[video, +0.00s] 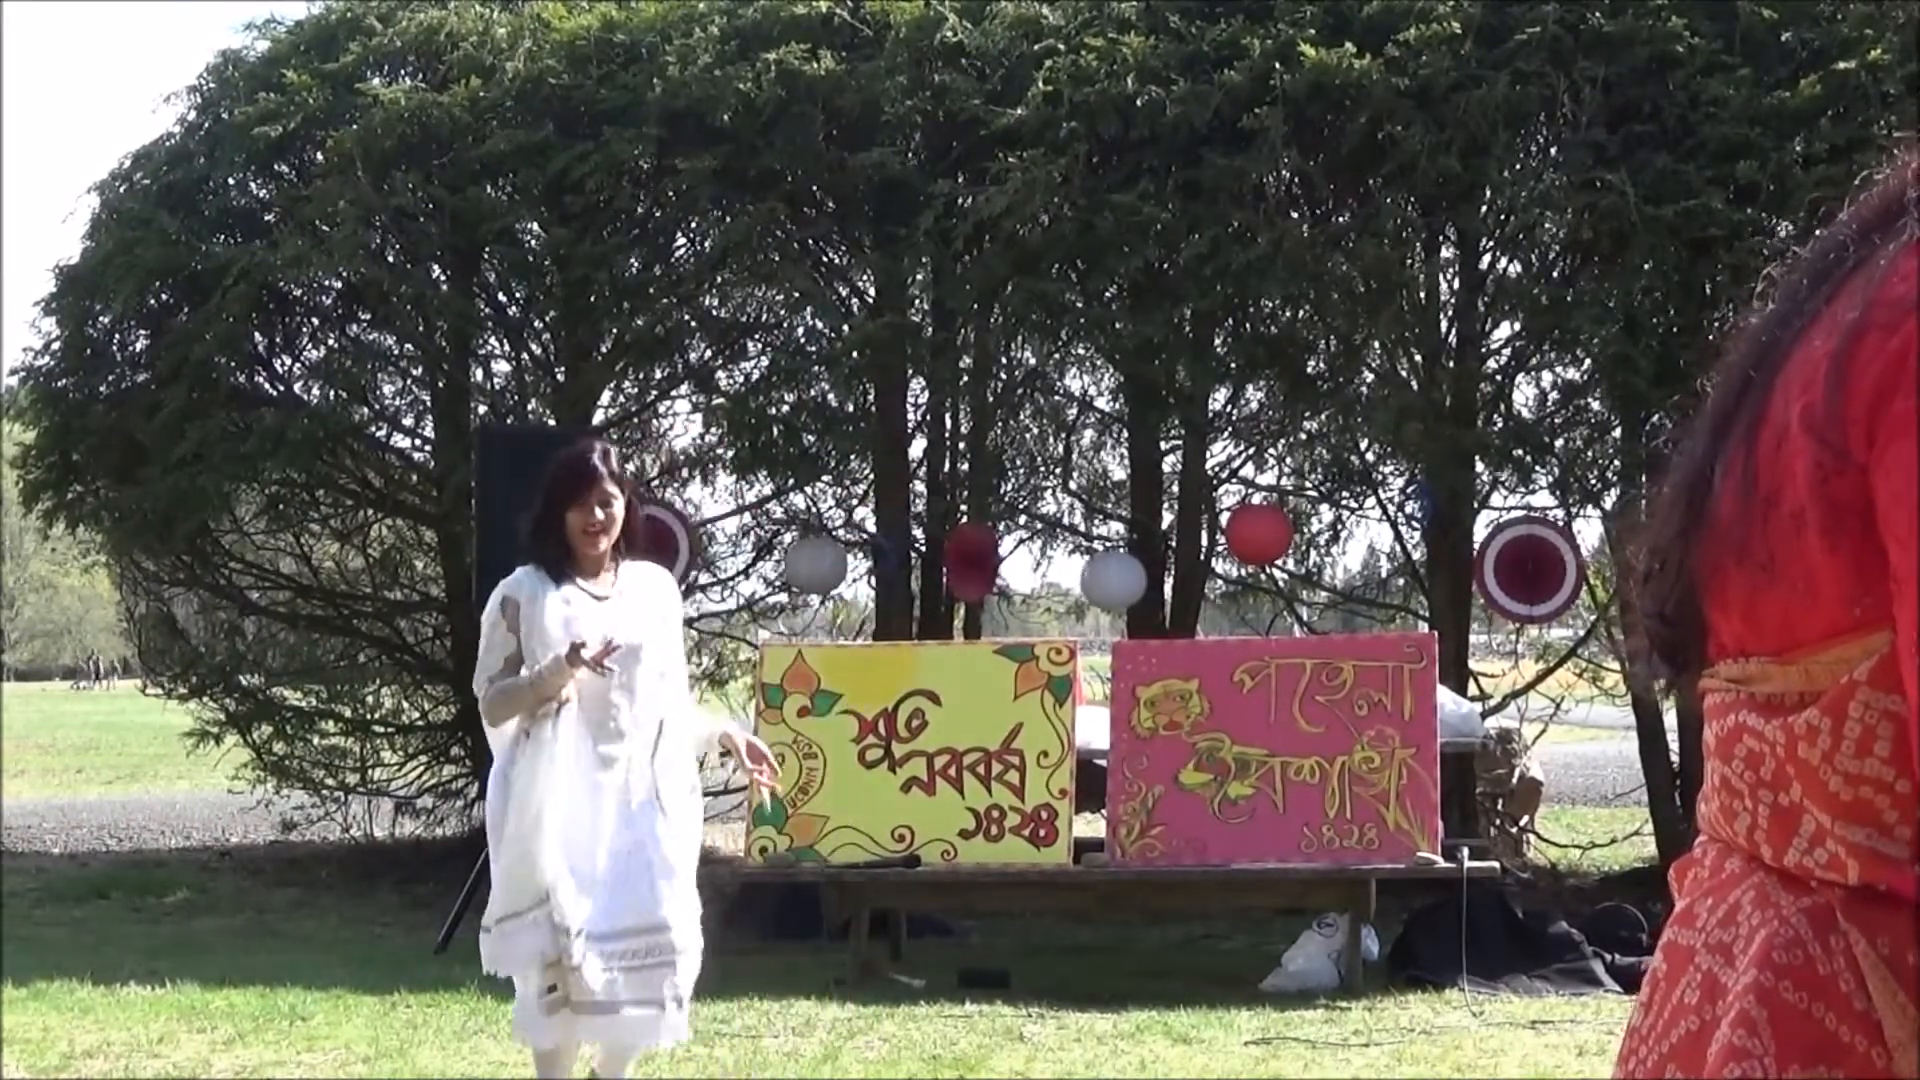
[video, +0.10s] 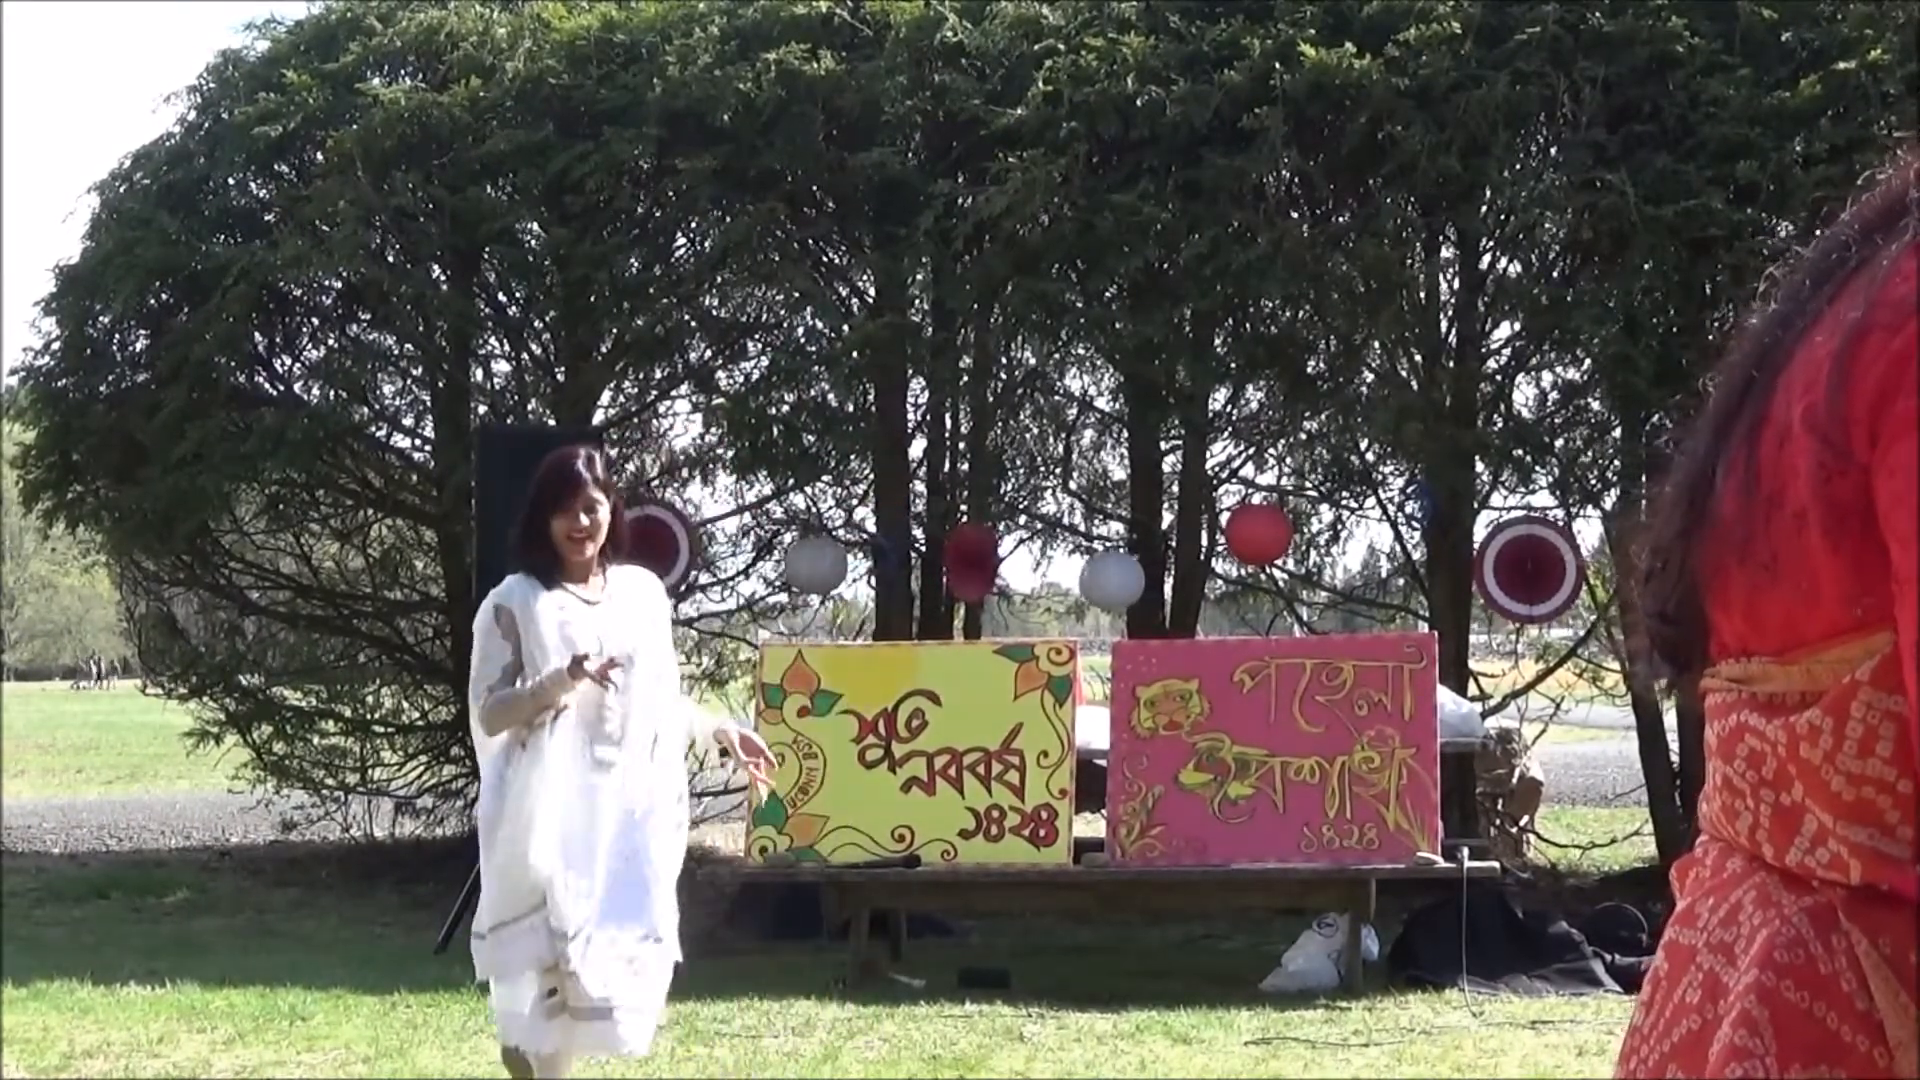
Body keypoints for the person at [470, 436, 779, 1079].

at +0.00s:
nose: (597, 516)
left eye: (609, 501)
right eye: (582, 503)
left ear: (626, 506)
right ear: (557, 510)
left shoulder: (655, 586)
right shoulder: (521, 595)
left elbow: (672, 708)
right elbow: (493, 709)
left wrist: (727, 736)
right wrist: (560, 669)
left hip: (642, 813)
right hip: (550, 815)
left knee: (653, 961)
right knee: (551, 976)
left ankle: (611, 1069)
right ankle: (555, 1070)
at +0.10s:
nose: (582, 521)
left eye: (594, 506)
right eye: (567, 508)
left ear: (611, 512)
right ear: (544, 517)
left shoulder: (643, 591)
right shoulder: (511, 602)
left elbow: (660, 709)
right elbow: (489, 718)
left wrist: (722, 731)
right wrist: (564, 680)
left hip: (623, 827)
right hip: (534, 828)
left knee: (593, 993)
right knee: (526, 999)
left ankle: (544, 1065)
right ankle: (528, 1067)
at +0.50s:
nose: (576, 489)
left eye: (585, 476)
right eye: (560, 479)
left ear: (602, 482)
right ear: (536, 491)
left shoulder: (631, 561)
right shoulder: (508, 565)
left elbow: (692, 638)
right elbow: (399, 610)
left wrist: (750, 699)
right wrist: (408, 695)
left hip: (608, 771)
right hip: (533, 768)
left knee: (575, 936)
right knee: (553, 937)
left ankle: (432, 1034)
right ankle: (549, 1071)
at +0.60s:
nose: (578, 483)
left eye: (586, 469)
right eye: (561, 472)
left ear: (603, 475)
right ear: (538, 485)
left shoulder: (634, 555)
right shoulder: (512, 554)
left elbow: (710, 611)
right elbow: (399, 573)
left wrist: (767, 679)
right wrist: (375, 661)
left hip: (602, 772)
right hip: (528, 769)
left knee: (562, 938)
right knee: (549, 937)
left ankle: (427, 1038)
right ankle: (548, 1070)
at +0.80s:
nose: (578, 478)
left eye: (586, 464)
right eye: (563, 467)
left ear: (600, 471)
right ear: (536, 477)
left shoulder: (624, 549)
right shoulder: (514, 541)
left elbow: (713, 589)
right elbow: (445, 527)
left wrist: (786, 642)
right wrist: (389, 563)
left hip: (592, 772)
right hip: (522, 769)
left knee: (562, 938)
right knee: (547, 937)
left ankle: (443, 1061)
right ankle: (544, 1070)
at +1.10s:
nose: (566, 487)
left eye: (575, 473)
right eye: (551, 473)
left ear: (583, 486)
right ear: (516, 485)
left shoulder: (600, 559)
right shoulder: (499, 559)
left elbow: (696, 610)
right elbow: (514, 492)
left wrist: (752, 675)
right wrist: (580, 444)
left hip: (581, 787)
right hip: (509, 785)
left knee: (559, 952)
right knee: (541, 953)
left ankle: (434, 1061)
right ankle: (547, 1074)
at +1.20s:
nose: (559, 485)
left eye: (569, 471)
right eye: (542, 471)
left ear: (582, 485)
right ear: (509, 483)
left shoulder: (598, 562)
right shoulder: (496, 560)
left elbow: (692, 618)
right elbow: (528, 483)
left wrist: (709, 667)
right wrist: (609, 434)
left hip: (581, 786)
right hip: (509, 786)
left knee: (554, 950)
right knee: (541, 951)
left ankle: (428, 1061)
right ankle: (546, 1072)